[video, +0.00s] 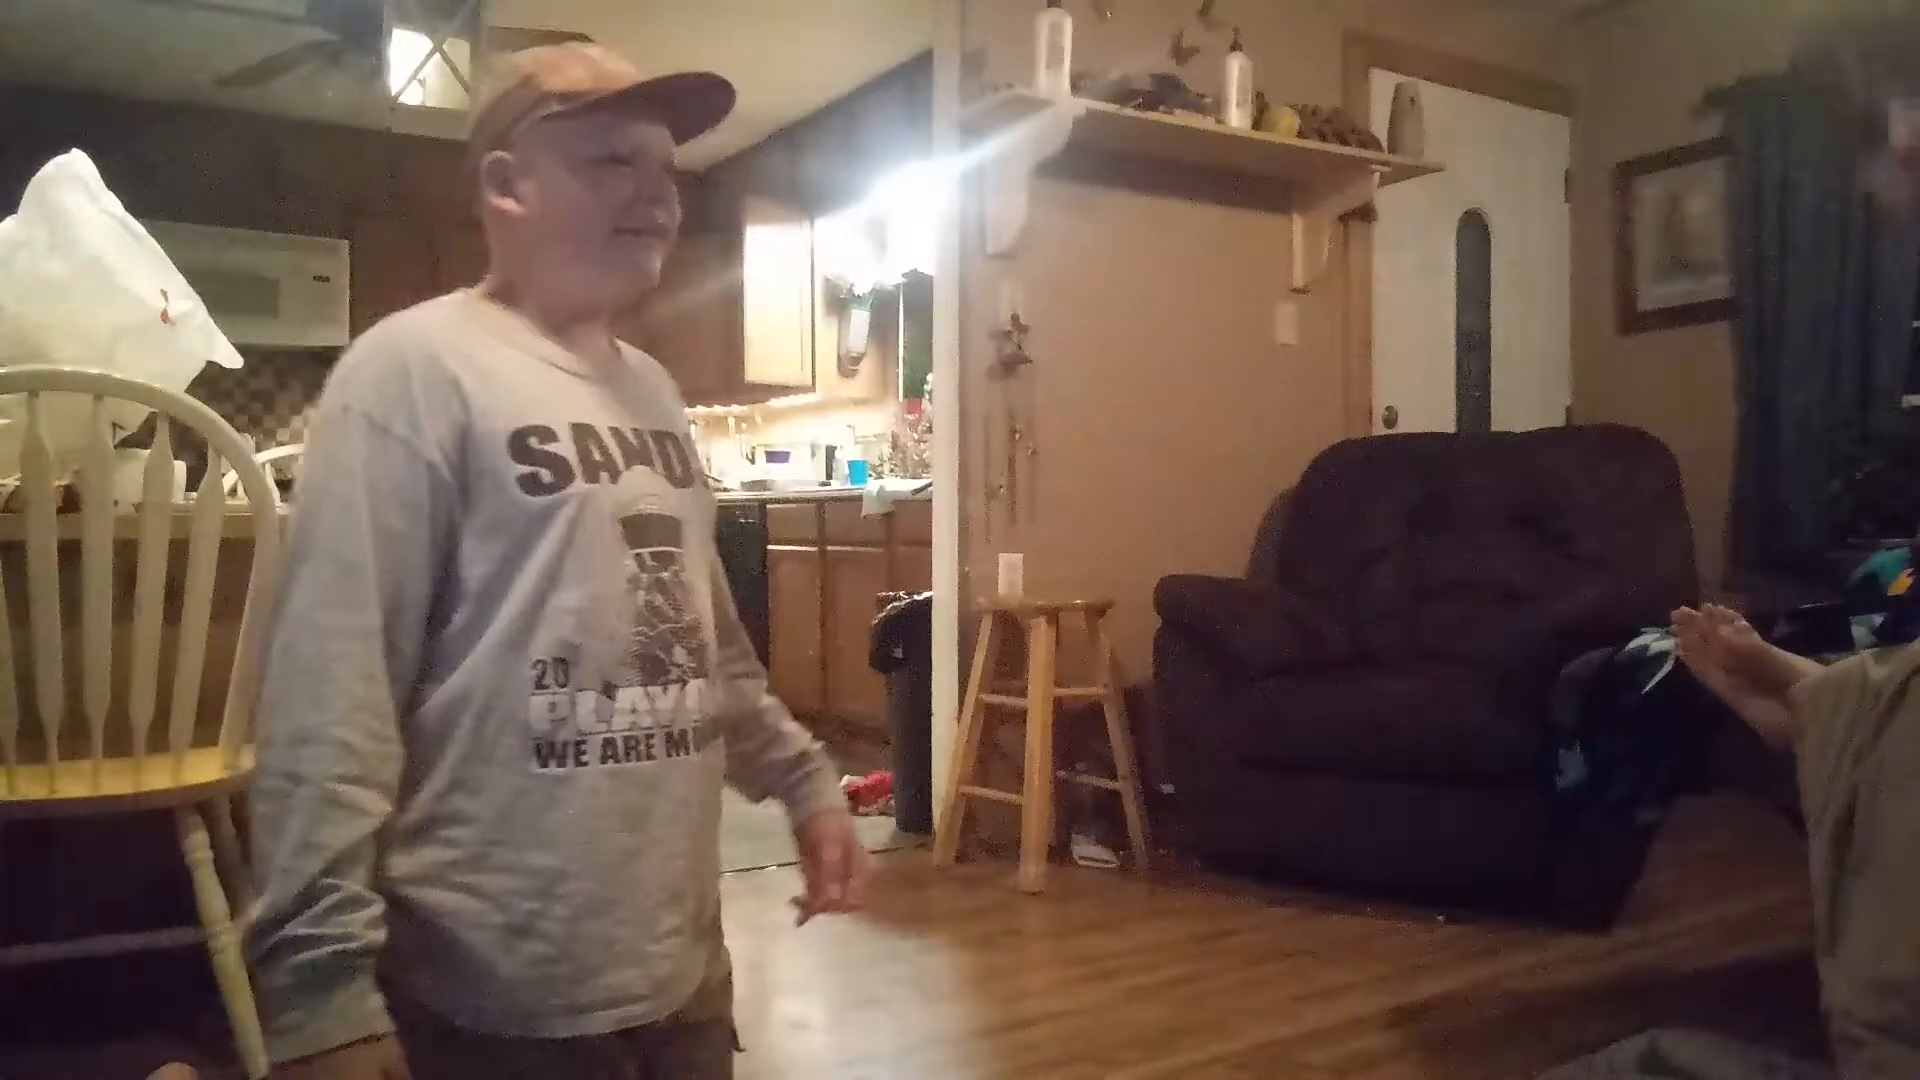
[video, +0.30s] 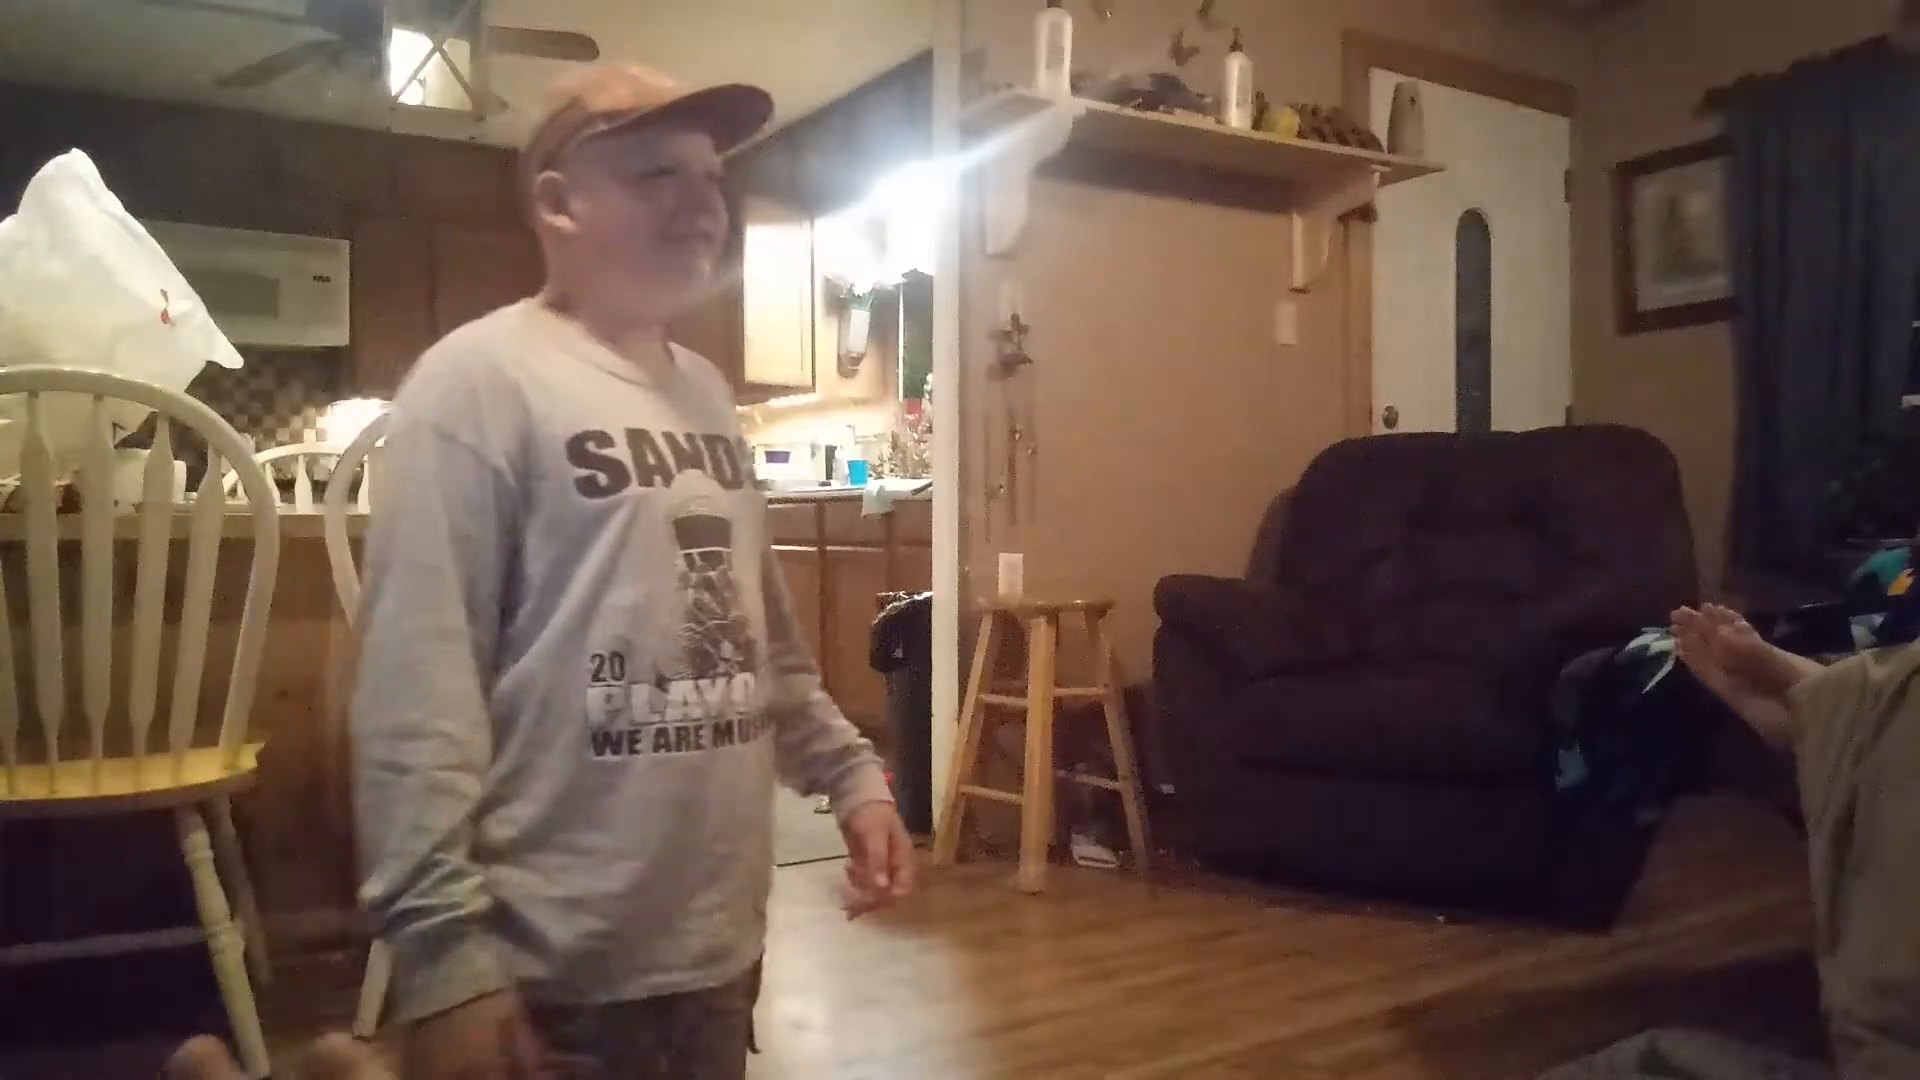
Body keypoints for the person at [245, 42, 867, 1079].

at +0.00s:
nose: (660, 198)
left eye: (669, 171)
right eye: (612, 162)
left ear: (681, 194)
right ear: (505, 186)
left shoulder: (649, 386)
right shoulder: (411, 367)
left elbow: (704, 639)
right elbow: (326, 689)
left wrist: (809, 786)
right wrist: (323, 1009)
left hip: (679, 977)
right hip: (489, 1002)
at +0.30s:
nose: (706, 203)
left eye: (714, 176)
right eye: (658, 172)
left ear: (728, 200)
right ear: (556, 203)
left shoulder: (706, 391)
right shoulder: (474, 382)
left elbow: (765, 644)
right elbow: (414, 686)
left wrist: (854, 780)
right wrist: (443, 963)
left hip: (714, 962)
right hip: (544, 983)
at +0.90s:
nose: (693, 187)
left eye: (692, 163)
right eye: (646, 158)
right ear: (541, 189)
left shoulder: (689, 387)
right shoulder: (454, 371)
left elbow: (718, 648)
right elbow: (387, 675)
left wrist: (811, 802)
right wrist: (580, 903)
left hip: (698, 956)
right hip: (511, 979)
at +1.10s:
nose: (701, 203)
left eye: (700, 178)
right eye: (656, 174)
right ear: (553, 203)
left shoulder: (698, 396)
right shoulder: (463, 374)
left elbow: (748, 638)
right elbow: (390, 650)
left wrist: (865, 748)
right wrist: (647, 766)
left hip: (691, 927)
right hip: (518, 951)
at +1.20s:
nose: (713, 213)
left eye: (718, 191)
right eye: (672, 185)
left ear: (729, 216)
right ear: (569, 215)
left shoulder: (710, 402)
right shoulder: (475, 377)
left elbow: (775, 624)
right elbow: (397, 630)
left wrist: (897, 696)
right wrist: (636, 673)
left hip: (693, 925)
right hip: (514, 945)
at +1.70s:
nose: (640, 234)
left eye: (649, 215)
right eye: (592, 204)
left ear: (663, 245)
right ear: (490, 234)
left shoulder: (667, 419)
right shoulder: (394, 398)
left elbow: (758, 596)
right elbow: (380, 646)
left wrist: (882, 569)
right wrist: (618, 519)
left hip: (643, 930)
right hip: (426, 948)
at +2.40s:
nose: (542, 259)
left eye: (553, 240)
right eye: (495, 232)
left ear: (569, 273)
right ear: (390, 264)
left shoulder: (600, 431)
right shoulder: (275, 443)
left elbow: (780, 509)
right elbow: (237, 681)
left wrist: (928, 462)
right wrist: (476, 554)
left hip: (570, 921)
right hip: (329, 941)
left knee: (616, 1065)